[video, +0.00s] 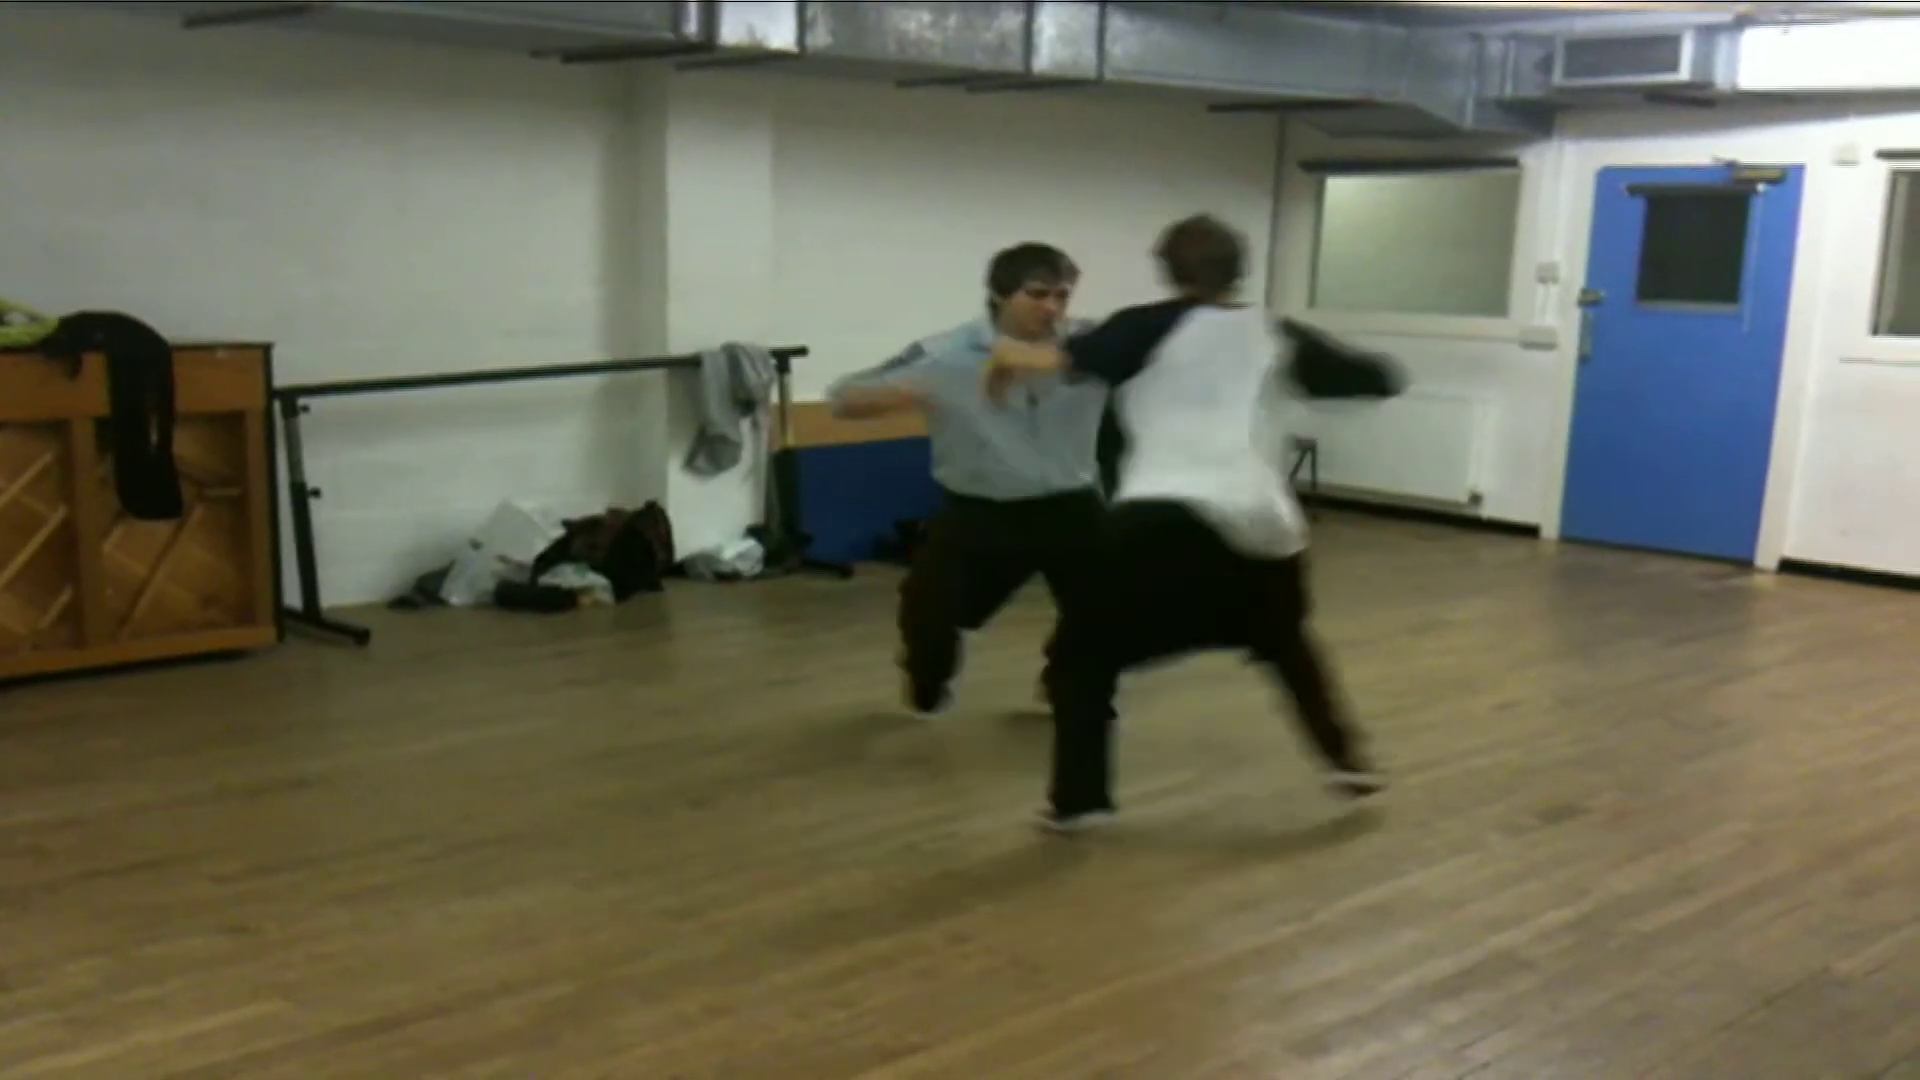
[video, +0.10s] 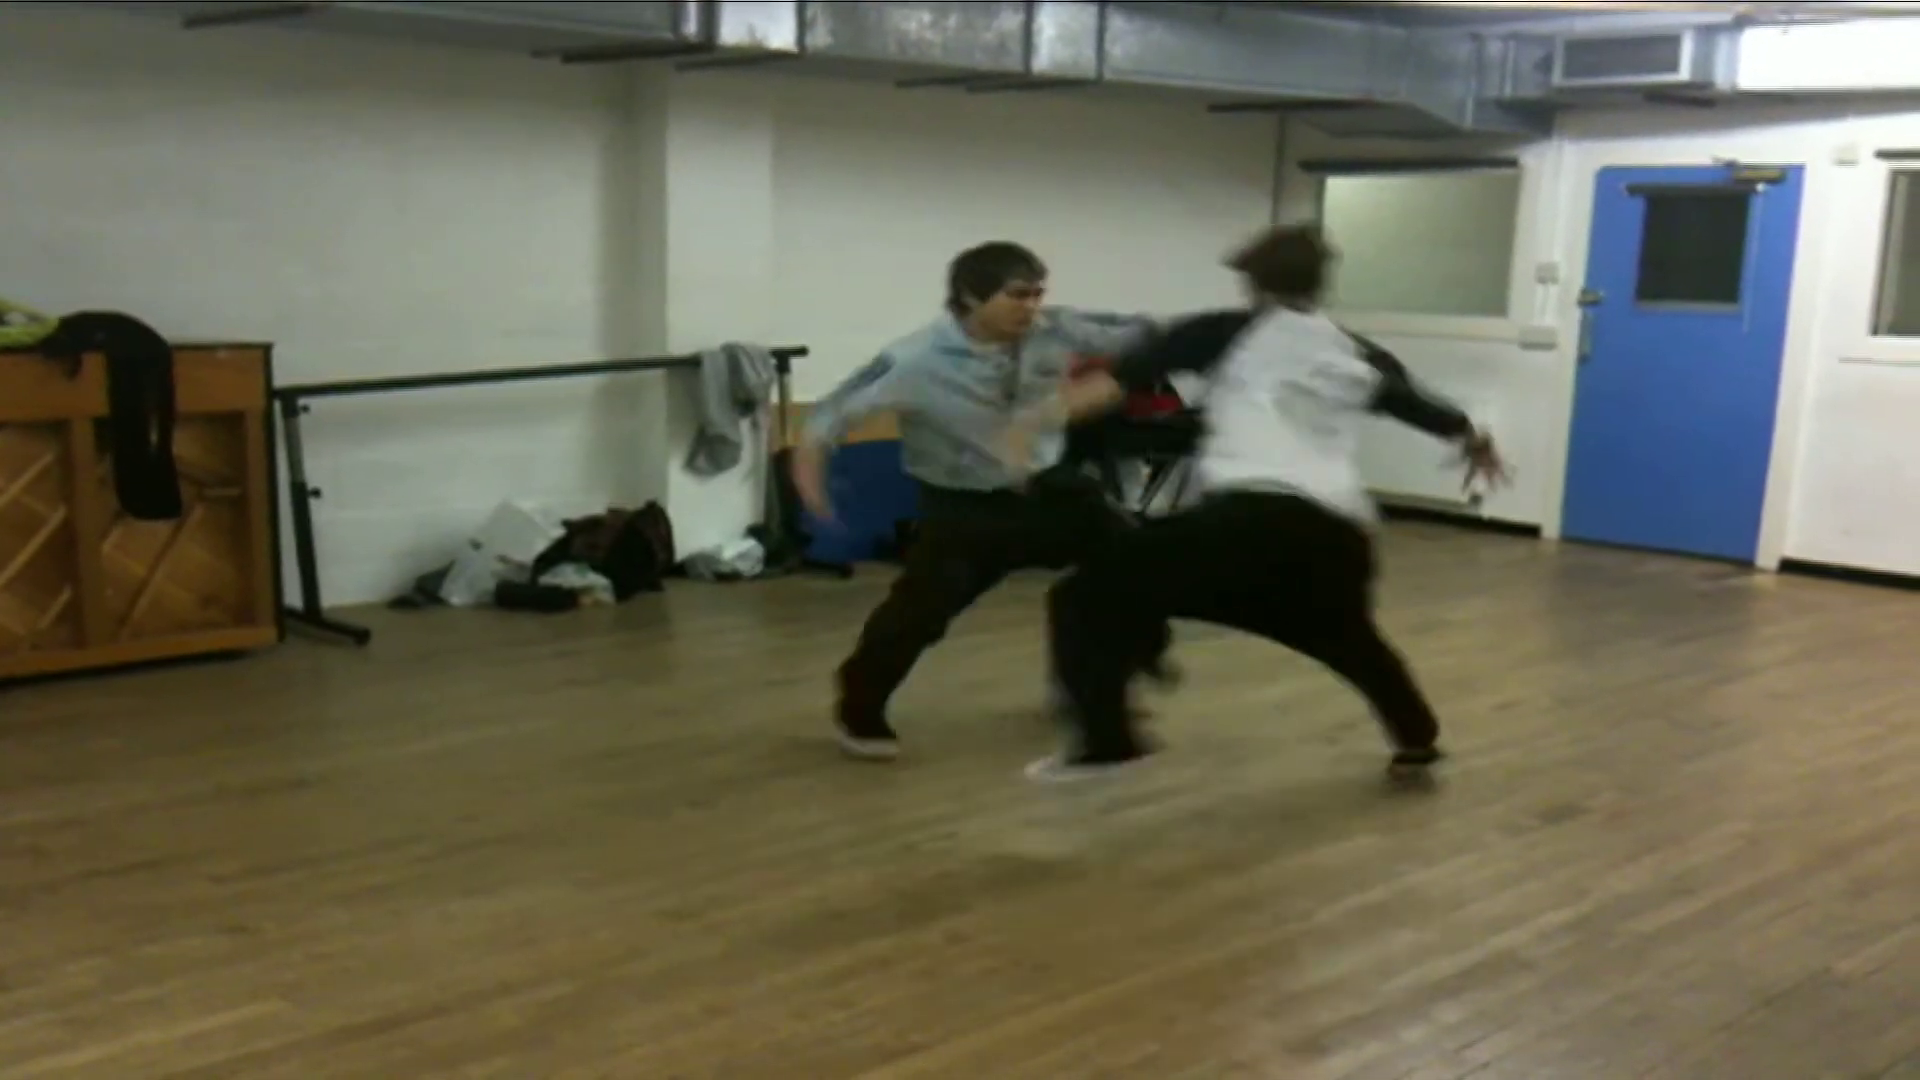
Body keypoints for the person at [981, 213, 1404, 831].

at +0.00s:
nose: (1169, 278)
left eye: (1171, 269)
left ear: (1170, 273)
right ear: (1236, 274)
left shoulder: (1145, 326)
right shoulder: (1273, 335)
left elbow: (1074, 359)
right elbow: (1376, 379)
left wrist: (1010, 362)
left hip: (1155, 534)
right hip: (1257, 540)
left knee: (1083, 654)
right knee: (1286, 642)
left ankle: (1079, 799)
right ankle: (1346, 761)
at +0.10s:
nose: (1244, 290)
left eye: (1248, 282)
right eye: (1247, 283)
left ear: (1259, 282)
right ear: (1318, 284)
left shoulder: (1234, 330)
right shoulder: (1357, 356)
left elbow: (1150, 355)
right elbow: (1414, 404)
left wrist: (1105, 379)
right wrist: (1468, 435)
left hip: (1237, 524)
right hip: (1335, 543)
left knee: (1089, 598)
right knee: (1352, 642)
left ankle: (1103, 742)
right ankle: (1417, 743)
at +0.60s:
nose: (1341, 316)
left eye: (1348, 306)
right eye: (1341, 305)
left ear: (1383, 306)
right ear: (1387, 305)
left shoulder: (1441, 373)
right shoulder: (1407, 350)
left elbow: (1428, 490)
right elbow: (1416, 459)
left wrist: (1365, 528)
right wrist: (1382, 514)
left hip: (1444, 535)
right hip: (1421, 527)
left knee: (1369, 642)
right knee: (1421, 636)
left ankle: (1436, 771)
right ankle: (1439, 749)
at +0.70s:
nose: (1367, 295)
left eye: (1376, 285)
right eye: (1367, 284)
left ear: (1413, 286)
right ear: (1415, 286)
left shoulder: (1456, 352)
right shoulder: (1422, 340)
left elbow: (1429, 463)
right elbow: (1420, 448)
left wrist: (1370, 513)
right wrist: (1382, 506)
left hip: (1442, 526)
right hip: (1420, 519)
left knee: (1376, 643)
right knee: (1423, 640)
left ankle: (1436, 771)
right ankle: (1437, 753)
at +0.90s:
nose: (1367, 280)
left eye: (1375, 269)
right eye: (1367, 269)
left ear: (1405, 270)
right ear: (1415, 271)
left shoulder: (1431, 325)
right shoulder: (1443, 320)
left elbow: (1423, 425)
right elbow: (1427, 426)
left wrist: (1387, 498)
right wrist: (1392, 498)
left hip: (1450, 514)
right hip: (1455, 511)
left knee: (1368, 636)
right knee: (1414, 641)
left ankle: (1429, 762)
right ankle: (1439, 758)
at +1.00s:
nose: (1339, 321)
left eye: (1347, 308)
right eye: (1340, 309)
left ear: (1376, 310)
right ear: (1388, 312)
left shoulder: (1403, 358)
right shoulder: (1428, 359)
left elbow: (1411, 446)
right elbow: (1418, 454)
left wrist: (1396, 515)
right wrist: (1402, 514)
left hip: (1467, 534)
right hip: (1486, 536)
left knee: (1343, 646)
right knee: (1404, 647)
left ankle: (1379, 767)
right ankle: (1441, 755)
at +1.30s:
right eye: (1467, 311)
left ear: (1408, 311)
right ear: (1474, 317)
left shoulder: (1371, 363)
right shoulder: (1504, 373)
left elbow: (1305, 443)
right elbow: (1542, 464)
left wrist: (1354, 495)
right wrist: (1487, 497)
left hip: (1392, 550)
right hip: (1488, 557)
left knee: (1381, 664)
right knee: (1472, 662)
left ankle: (1403, 779)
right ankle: (1457, 767)